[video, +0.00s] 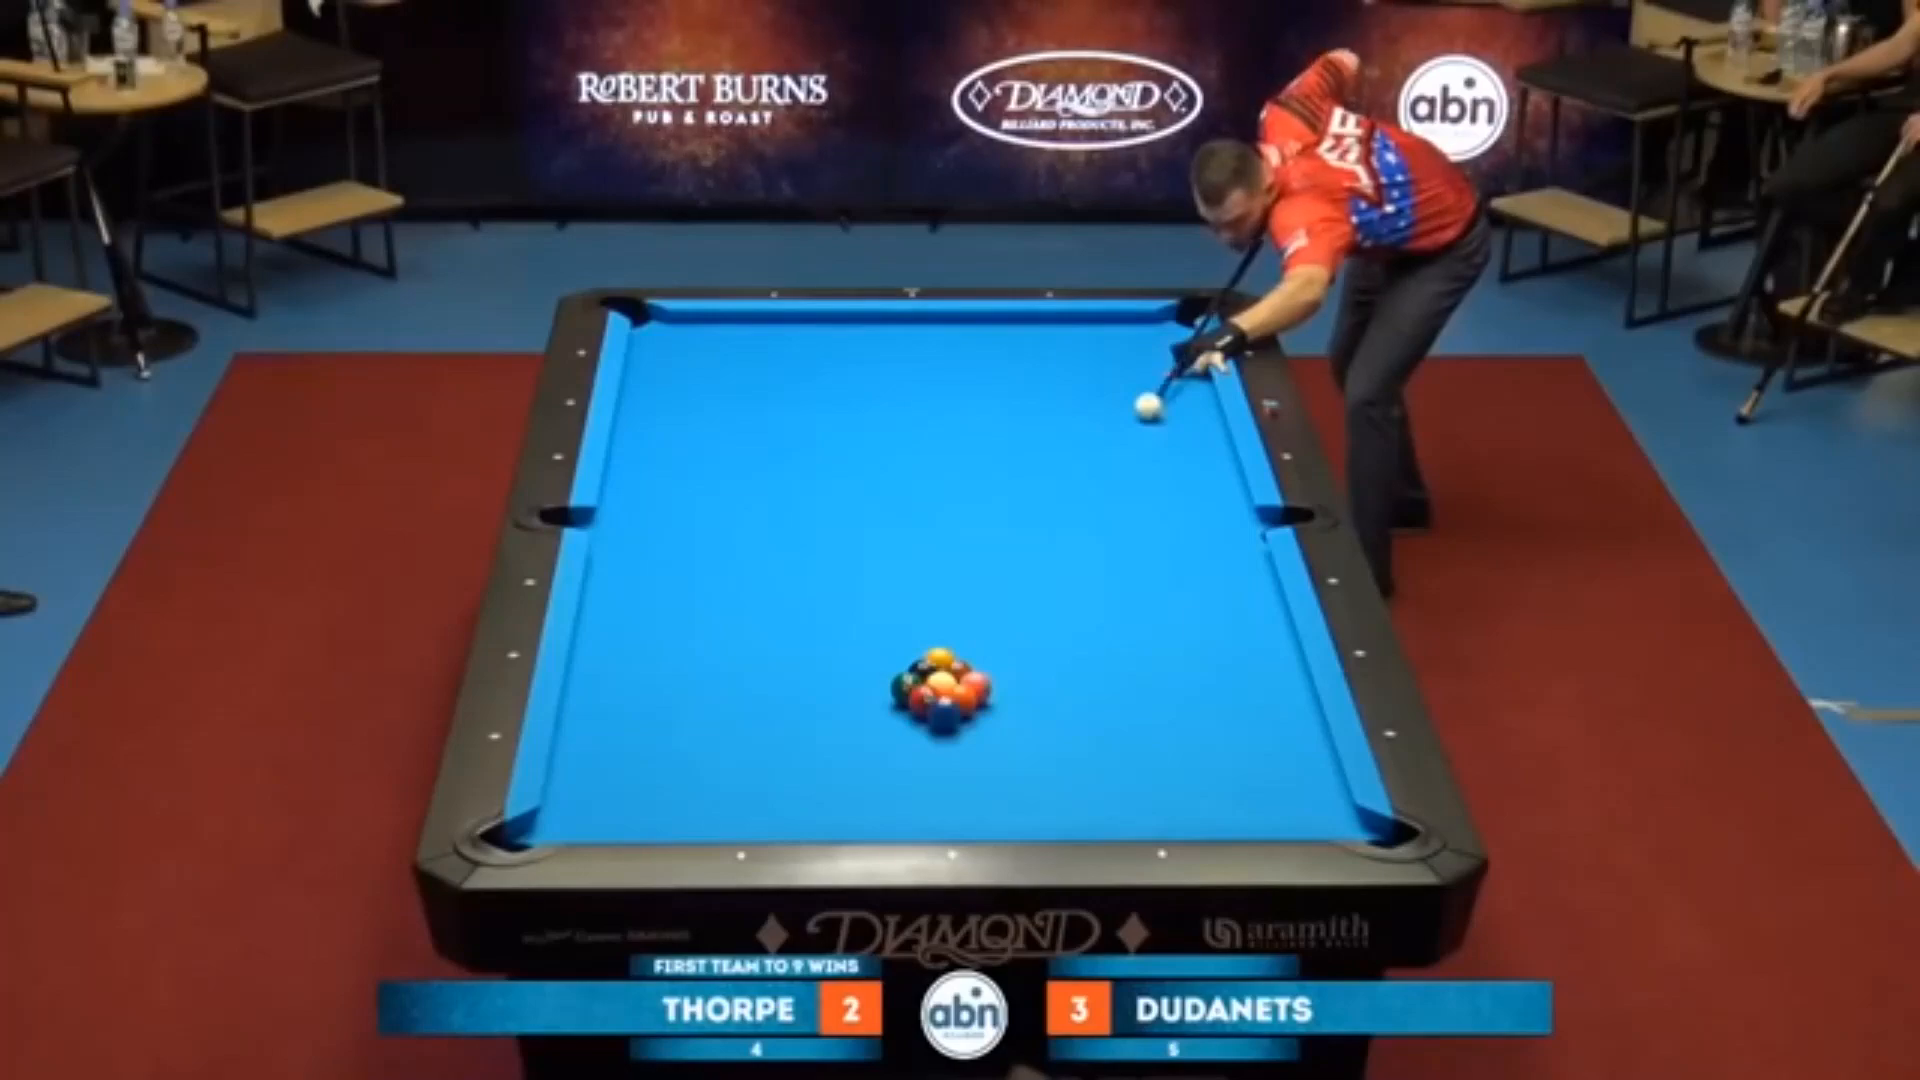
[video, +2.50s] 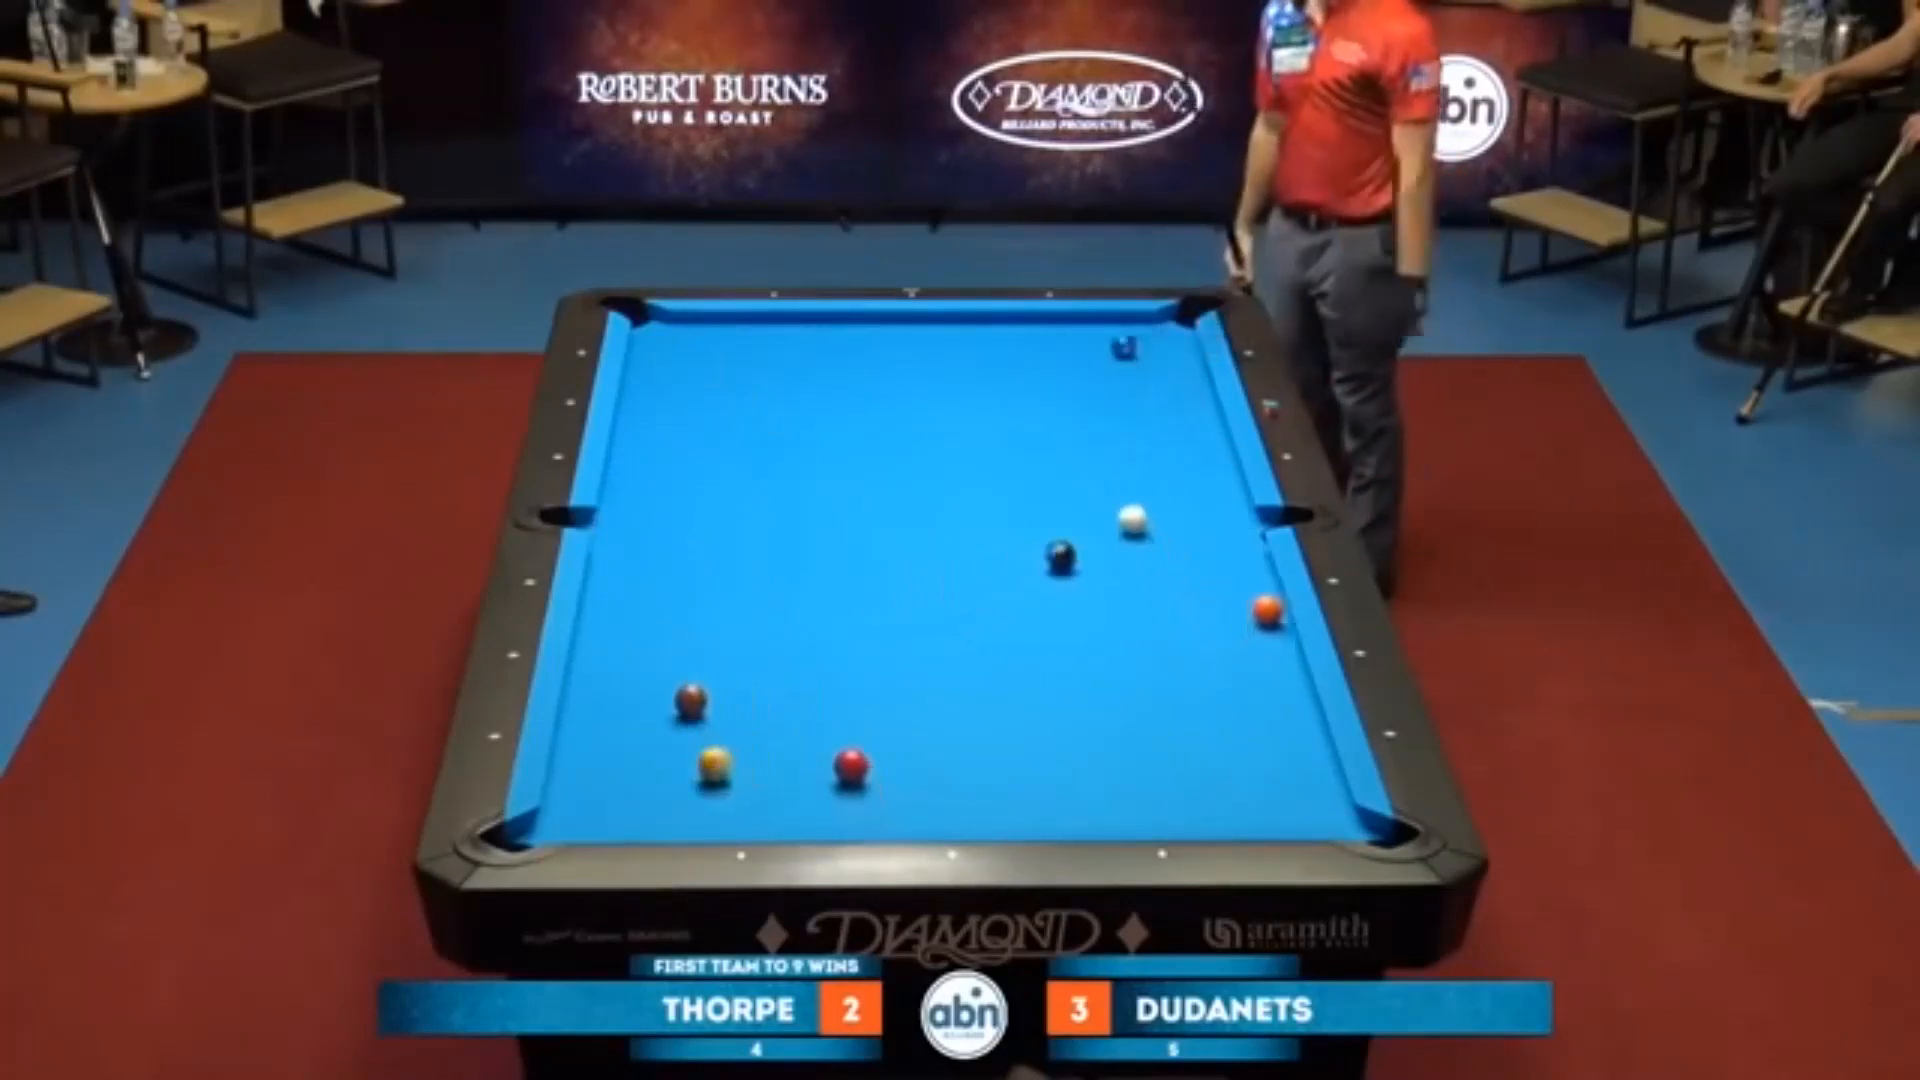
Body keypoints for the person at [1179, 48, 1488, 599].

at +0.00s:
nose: (1229, 238)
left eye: (1237, 224)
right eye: (1217, 227)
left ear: (1265, 184)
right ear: (1202, 203)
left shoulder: (1305, 203)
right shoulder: (1281, 120)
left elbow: (1308, 289)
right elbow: (1342, 60)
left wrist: (1229, 336)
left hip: (1446, 242)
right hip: (1384, 238)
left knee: (1369, 393)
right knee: (1349, 367)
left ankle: (1370, 573)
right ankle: (1406, 497)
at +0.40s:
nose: (1223, 183)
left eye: (1230, 169)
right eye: (1213, 173)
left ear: (1262, 138)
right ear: (1200, 158)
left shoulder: (1305, 166)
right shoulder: (1284, 83)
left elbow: (1312, 276)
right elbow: (1331, 73)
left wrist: (1229, 336)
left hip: (1429, 246)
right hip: (1380, 238)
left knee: (1345, 402)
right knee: (1370, 370)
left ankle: (1366, 571)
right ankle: (1402, 500)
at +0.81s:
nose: (1244, 106)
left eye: (1256, 89)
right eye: (1232, 91)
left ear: (1287, 69)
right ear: (1219, 75)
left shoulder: (1326, 117)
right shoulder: (1277, 61)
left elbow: (1315, 260)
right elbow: (1272, 148)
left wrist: (1232, 337)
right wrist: (1252, 232)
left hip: (1411, 241)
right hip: (1357, 232)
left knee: (1348, 413)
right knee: (1375, 368)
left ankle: (1367, 574)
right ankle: (1402, 491)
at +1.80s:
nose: (1290, 22)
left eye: (1307, 9)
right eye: (1281, 6)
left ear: (1338, 8)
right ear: (1268, 5)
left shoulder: (1361, 85)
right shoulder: (1276, 45)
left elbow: (1320, 229)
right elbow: (1272, 155)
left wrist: (1251, 315)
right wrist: (1246, 258)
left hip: (1390, 247)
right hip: (1321, 232)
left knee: (1357, 407)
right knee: (1312, 393)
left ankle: (1368, 566)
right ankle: (1315, 531)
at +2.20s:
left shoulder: (1387, 37)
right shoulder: (1281, 22)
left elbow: (1386, 171)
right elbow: (1272, 129)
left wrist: (1286, 221)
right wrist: (1249, 223)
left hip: (1370, 243)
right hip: (1305, 241)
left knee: (1360, 404)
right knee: (1305, 396)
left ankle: (1369, 562)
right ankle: (1314, 538)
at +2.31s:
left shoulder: (1394, 32)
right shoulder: (1281, 20)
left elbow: (1404, 166)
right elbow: (1270, 129)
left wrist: (1322, 236)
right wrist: (1242, 225)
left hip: (1368, 241)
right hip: (1295, 235)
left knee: (1361, 403)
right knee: (1303, 394)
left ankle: (1369, 563)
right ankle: (1312, 537)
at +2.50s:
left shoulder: (1400, 30)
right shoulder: (1281, 19)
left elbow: (1415, 164)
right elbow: (1268, 125)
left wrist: (1411, 277)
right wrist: (1244, 222)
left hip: (1362, 239)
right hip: (1284, 233)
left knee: (1362, 406)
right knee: (1296, 399)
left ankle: (1367, 563)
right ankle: (1304, 543)